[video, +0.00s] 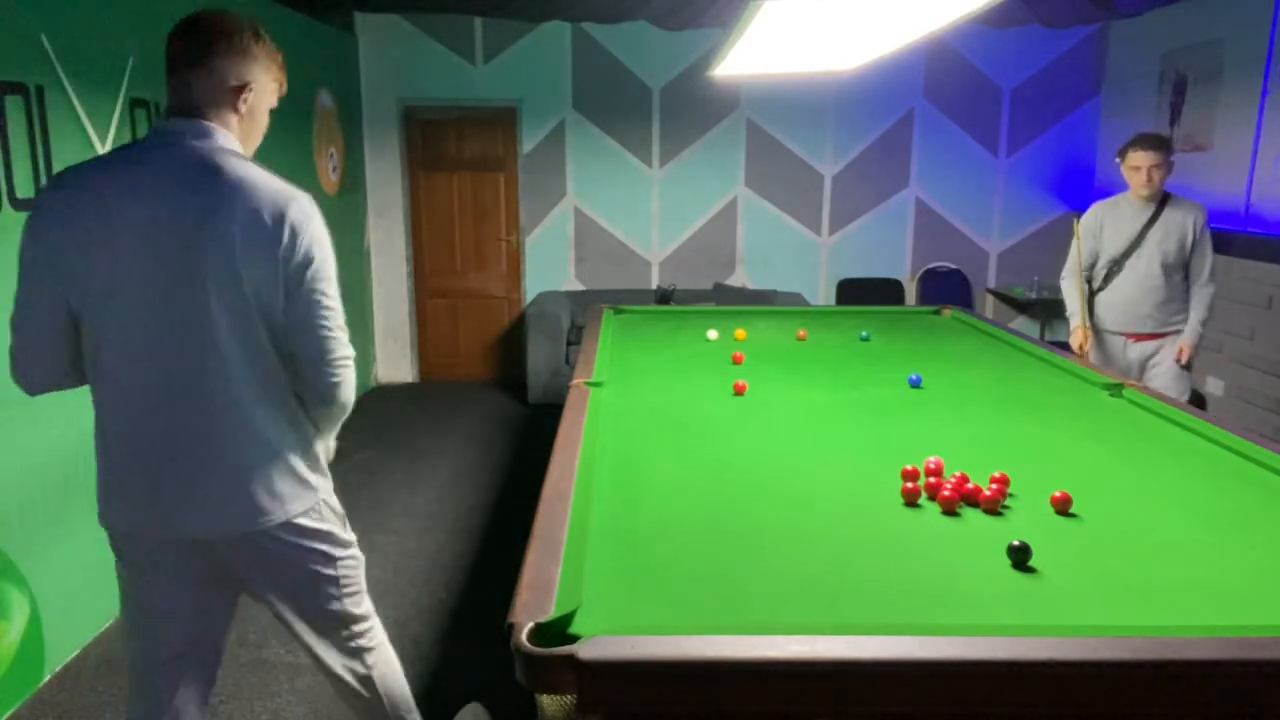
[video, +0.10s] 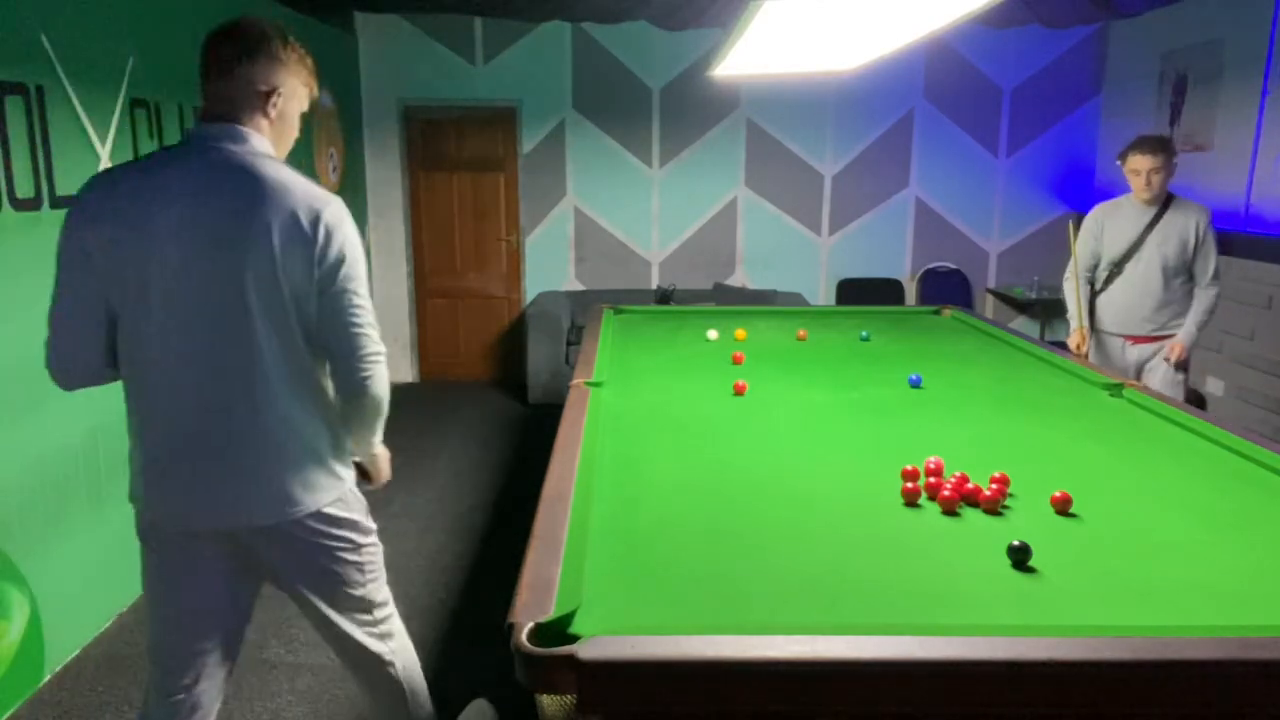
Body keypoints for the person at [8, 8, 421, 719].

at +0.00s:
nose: (269, 121)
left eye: (274, 106)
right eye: (271, 105)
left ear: (174, 91)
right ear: (243, 97)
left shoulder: (68, 198)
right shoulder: (279, 208)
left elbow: (35, 368)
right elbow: (331, 379)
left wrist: (131, 339)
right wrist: (309, 446)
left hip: (144, 503)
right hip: (271, 497)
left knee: (166, 694)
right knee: (361, 657)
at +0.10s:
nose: (298, 131)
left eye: (302, 114)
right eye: (300, 112)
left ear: (209, 92)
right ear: (272, 102)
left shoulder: (108, 198)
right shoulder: (311, 210)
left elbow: (72, 364)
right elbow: (365, 376)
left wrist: (161, 331)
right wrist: (366, 446)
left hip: (176, 496)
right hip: (300, 490)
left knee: (180, 691)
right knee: (384, 655)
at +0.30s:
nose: (374, 136)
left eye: (377, 122)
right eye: (376, 122)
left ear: (293, 107)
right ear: (354, 113)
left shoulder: (201, 197)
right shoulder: (390, 214)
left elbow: (159, 350)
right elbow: (442, 349)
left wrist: (227, 317)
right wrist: (477, 433)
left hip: (247, 485)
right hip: (363, 485)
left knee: (230, 669)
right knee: (412, 662)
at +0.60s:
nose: (459, 123)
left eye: (462, 111)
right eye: (461, 109)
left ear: (386, 95)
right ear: (440, 104)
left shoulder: (301, 172)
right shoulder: (465, 200)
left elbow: (251, 305)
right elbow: (508, 327)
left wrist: (302, 290)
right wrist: (549, 411)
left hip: (325, 437)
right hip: (425, 442)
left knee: (291, 621)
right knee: (441, 623)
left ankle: (253, 719)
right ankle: (444, 719)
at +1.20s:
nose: (472, 136)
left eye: (473, 125)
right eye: (473, 125)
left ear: (407, 110)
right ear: (459, 121)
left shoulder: (331, 183)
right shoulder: (477, 200)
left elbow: (297, 298)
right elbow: (512, 322)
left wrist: (367, 292)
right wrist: (494, 377)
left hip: (358, 406)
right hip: (440, 413)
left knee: (360, 547)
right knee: (441, 567)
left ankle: (358, 690)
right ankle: (441, 709)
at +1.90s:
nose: (396, 126)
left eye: (395, 115)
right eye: (393, 115)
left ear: (332, 113)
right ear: (377, 113)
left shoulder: (288, 189)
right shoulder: (413, 185)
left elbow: (281, 295)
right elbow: (454, 292)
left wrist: (339, 289)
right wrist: (422, 330)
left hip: (340, 382)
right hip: (415, 378)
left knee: (353, 519)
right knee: (448, 504)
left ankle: (364, 670)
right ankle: (466, 630)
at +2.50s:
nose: (481, 137)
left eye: (479, 129)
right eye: (481, 130)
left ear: (429, 122)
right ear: (474, 130)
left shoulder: (382, 173)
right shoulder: (494, 192)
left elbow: (376, 250)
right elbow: (515, 291)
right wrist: (477, 322)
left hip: (408, 353)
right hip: (472, 357)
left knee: (398, 481)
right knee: (476, 476)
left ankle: (376, 629)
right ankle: (480, 597)